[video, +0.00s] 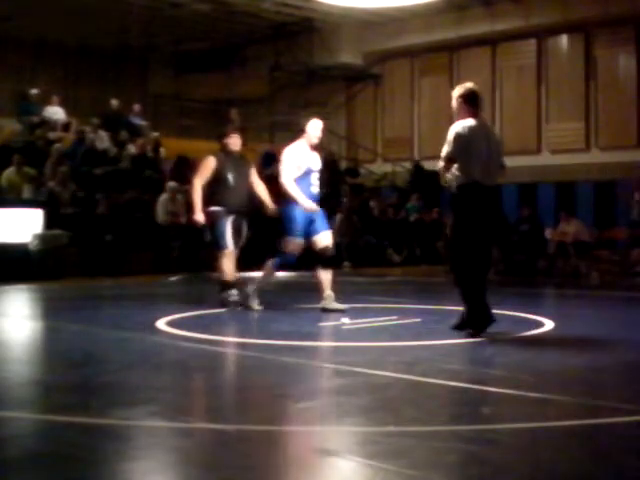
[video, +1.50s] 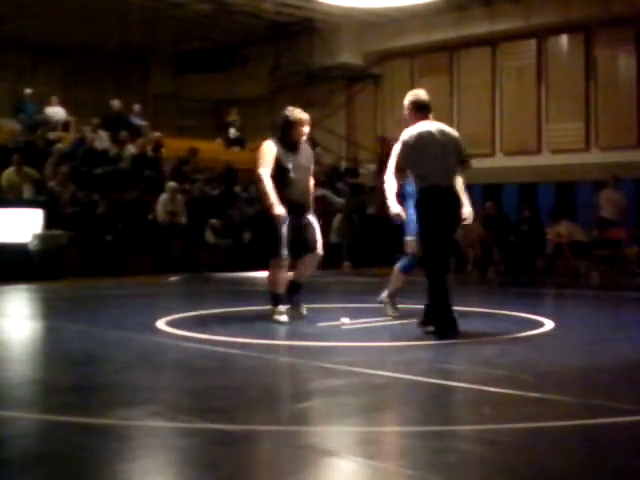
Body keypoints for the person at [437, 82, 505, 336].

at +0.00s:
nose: (452, 107)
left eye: (454, 102)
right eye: (453, 102)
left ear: (462, 103)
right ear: (476, 104)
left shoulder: (459, 130)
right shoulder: (490, 132)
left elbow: (446, 159)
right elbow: (500, 166)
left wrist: (444, 169)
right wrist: (481, 173)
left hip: (466, 196)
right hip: (488, 196)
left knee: (463, 253)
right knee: (480, 253)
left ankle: (475, 312)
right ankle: (479, 310)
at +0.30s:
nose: (442, 112)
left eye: (444, 107)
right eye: (443, 107)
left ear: (451, 107)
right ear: (467, 107)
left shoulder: (450, 132)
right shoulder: (483, 134)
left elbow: (425, 155)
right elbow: (494, 167)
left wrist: (433, 137)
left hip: (458, 198)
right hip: (483, 198)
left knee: (450, 255)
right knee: (478, 256)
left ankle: (450, 317)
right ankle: (472, 317)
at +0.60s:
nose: (434, 109)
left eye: (436, 105)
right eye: (434, 104)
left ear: (443, 106)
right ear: (459, 105)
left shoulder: (435, 130)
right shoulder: (477, 132)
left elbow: (409, 152)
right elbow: (493, 163)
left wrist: (423, 129)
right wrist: (478, 182)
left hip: (446, 198)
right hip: (472, 198)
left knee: (445, 260)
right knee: (473, 261)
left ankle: (444, 320)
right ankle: (470, 321)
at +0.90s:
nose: (422, 109)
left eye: (423, 105)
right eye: (423, 105)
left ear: (428, 107)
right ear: (447, 105)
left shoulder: (424, 134)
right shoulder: (465, 129)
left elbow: (402, 159)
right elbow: (489, 152)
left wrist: (412, 183)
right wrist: (476, 177)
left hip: (436, 198)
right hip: (462, 196)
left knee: (440, 261)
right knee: (462, 259)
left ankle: (445, 322)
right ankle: (468, 322)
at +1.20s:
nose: (410, 116)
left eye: (411, 111)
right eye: (411, 111)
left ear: (415, 111)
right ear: (433, 108)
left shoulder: (416, 136)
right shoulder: (453, 130)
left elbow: (405, 170)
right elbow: (475, 156)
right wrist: (461, 172)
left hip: (432, 198)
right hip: (456, 196)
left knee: (436, 259)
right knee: (454, 257)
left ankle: (444, 322)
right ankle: (458, 318)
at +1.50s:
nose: (403, 116)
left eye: (405, 111)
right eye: (404, 111)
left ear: (410, 112)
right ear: (429, 111)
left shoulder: (409, 138)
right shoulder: (449, 134)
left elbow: (393, 175)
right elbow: (459, 173)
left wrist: (393, 202)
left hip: (424, 199)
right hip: (449, 197)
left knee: (434, 261)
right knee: (439, 259)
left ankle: (446, 322)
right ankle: (432, 313)